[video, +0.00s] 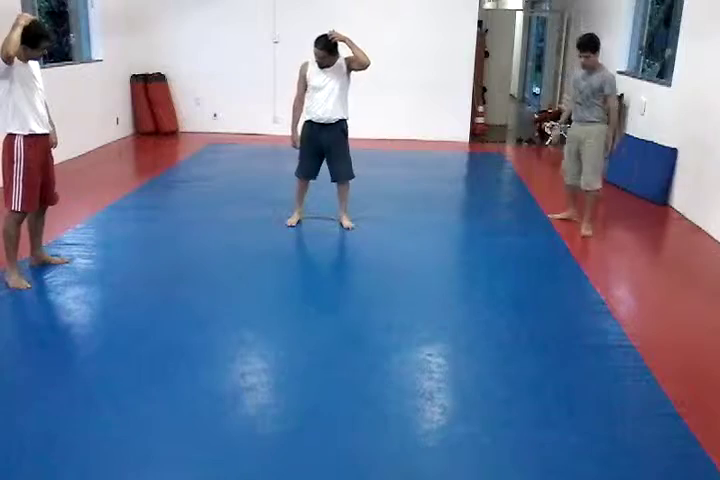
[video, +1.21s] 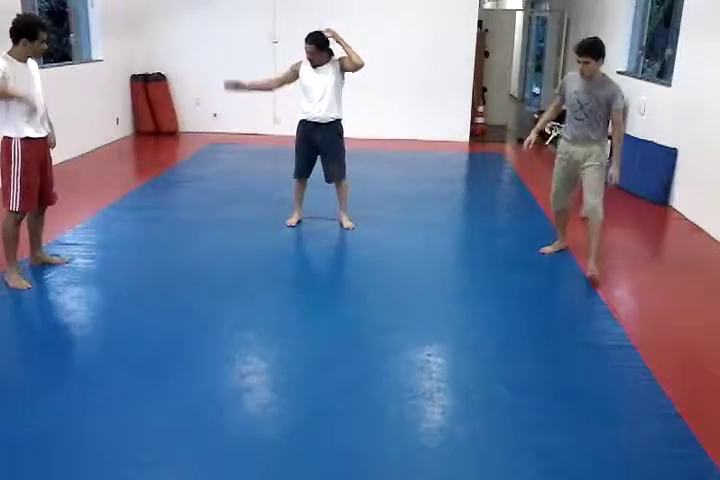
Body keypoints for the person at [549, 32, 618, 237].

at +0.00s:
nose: (583, 61)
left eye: (587, 57)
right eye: (580, 56)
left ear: (596, 54)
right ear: (578, 54)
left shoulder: (607, 77)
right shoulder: (577, 75)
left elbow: (613, 108)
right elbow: (570, 103)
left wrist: (611, 136)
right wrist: (559, 124)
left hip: (596, 128)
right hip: (576, 127)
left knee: (591, 179)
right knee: (570, 173)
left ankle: (587, 220)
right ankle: (571, 209)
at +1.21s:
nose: (580, 67)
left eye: (585, 63)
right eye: (578, 62)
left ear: (599, 62)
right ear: (577, 60)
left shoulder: (611, 91)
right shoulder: (570, 80)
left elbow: (617, 128)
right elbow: (556, 106)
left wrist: (615, 164)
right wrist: (536, 130)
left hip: (594, 151)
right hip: (567, 147)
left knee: (593, 207)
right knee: (558, 198)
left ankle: (592, 262)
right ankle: (561, 240)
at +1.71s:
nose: (582, 63)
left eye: (587, 59)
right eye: (582, 58)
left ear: (604, 62)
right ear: (595, 60)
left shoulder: (622, 92)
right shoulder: (585, 84)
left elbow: (628, 136)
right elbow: (580, 122)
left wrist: (624, 175)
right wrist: (573, 153)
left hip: (606, 160)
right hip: (578, 155)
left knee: (602, 220)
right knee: (567, 216)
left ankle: (594, 271)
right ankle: (571, 272)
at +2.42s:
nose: (564, 65)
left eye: (567, 60)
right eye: (563, 60)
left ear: (583, 60)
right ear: (580, 61)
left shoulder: (598, 95)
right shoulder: (582, 88)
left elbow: (598, 145)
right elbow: (575, 132)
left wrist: (592, 187)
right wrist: (554, 145)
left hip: (584, 168)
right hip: (571, 164)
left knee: (577, 232)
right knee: (565, 225)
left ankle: (572, 301)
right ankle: (570, 281)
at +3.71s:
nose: (559, 65)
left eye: (562, 59)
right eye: (559, 59)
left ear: (576, 59)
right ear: (582, 60)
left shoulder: (577, 90)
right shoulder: (601, 88)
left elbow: (569, 134)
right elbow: (605, 130)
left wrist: (554, 170)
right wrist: (583, 144)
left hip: (569, 162)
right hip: (590, 163)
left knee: (539, 218)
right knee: (580, 225)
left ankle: (550, 275)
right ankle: (573, 281)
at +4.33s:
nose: (541, 63)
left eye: (543, 58)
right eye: (541, 58)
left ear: (555, 58)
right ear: (566, 58)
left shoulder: (548, 86)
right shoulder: (588, 84)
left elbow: (541, 126)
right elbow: (592, 123)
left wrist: (533, 159)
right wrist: (587, 153)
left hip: (551, 149)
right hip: (576, 151)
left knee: (545, 201)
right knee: (568, 200)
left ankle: (548, 254)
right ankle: (568, 242)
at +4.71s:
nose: (534, 59)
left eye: (538, 55)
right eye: (534, 55)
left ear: (550, 56)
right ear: (556, 56)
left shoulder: (550, 82)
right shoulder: (570, 79)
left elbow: (546, 121)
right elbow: (577, 118)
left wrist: (525, 146)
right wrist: (580, 147)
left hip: (550, 142)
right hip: (566, 141)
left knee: (546, 196)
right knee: (551, 189)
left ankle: (550, 252)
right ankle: (545, 231)